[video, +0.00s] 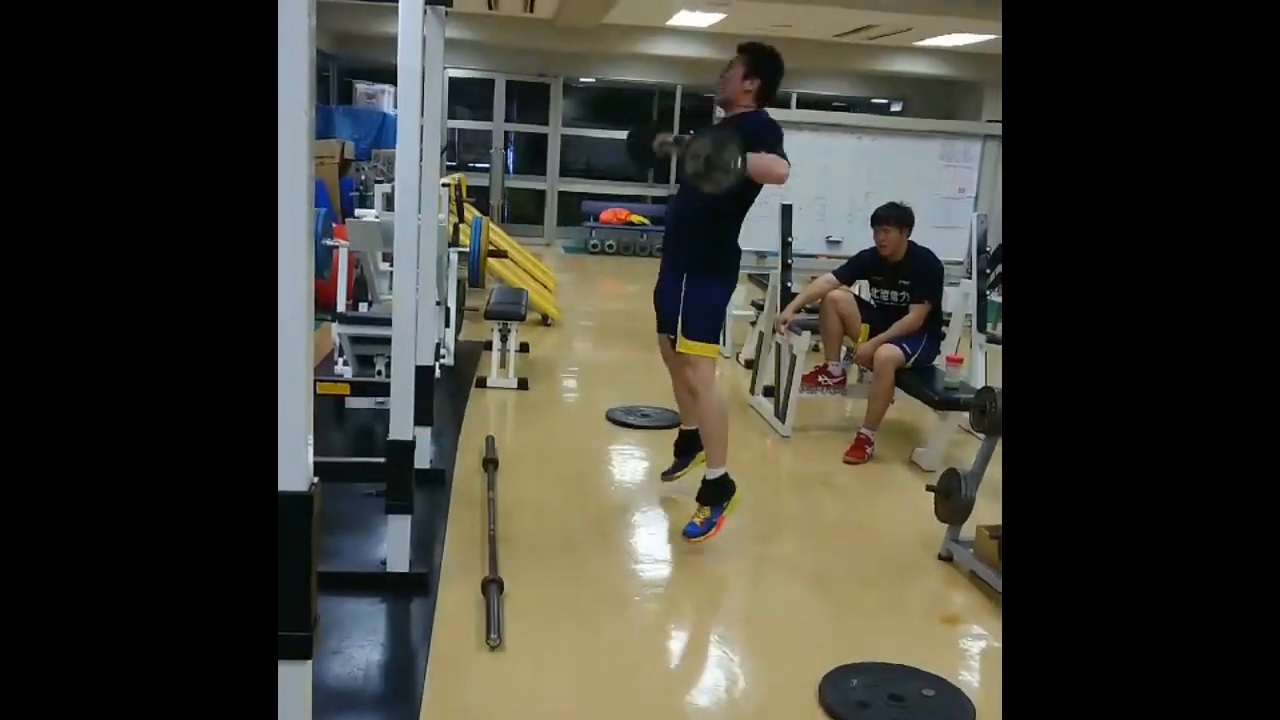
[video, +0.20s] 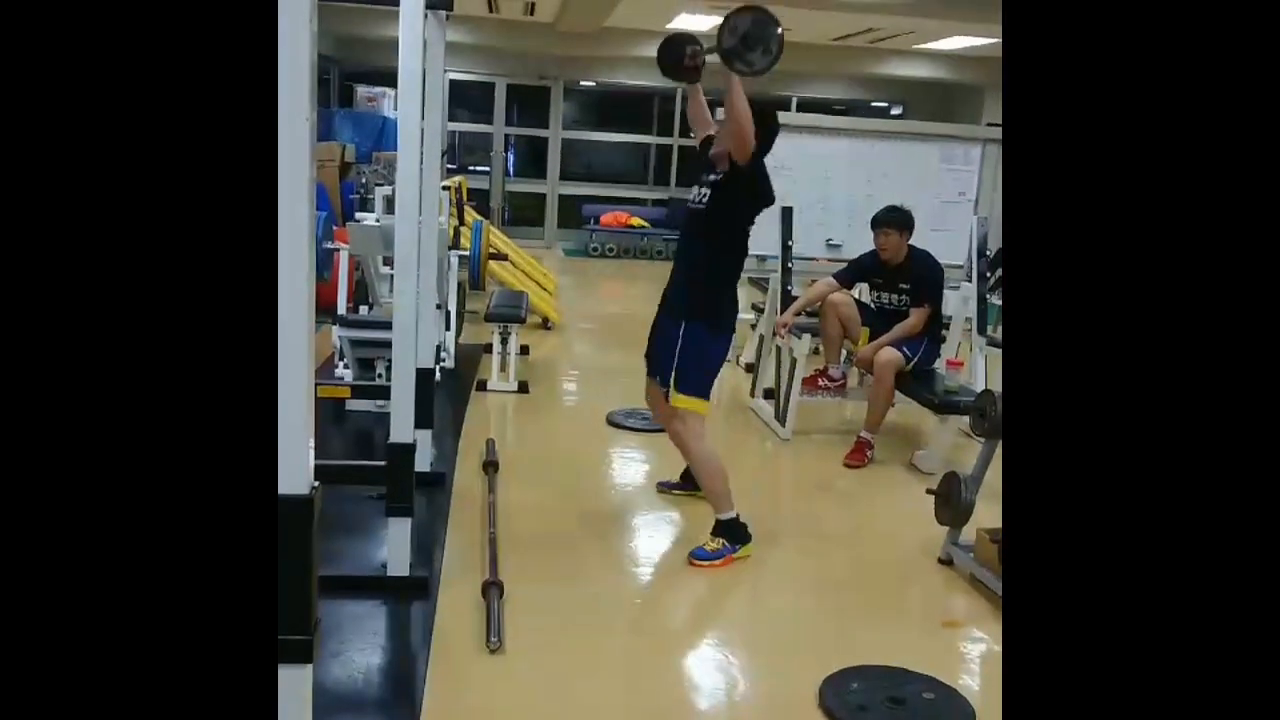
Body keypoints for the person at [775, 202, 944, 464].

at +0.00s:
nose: (879, 237)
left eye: (886, 231)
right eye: (876, 231)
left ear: (905, 233)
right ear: (873, 231)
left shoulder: (926, 264)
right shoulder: (869, 258)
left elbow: (916, 318)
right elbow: (828, 282)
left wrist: (874, 344)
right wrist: (791, 308)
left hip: (919, 335)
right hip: (880, 325)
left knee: (885, 356)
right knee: (834, 298)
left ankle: (865, 436)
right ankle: (833, 373)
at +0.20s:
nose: (880, 241)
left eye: (887, 234)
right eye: (877, 234)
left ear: (905, 236)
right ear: (873, 234)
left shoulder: (926, 267)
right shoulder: (870, 261)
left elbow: (916, 323)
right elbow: (828, 285)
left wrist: (873, 347)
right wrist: (791, 312)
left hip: (919, 338)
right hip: (880, 328)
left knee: (885, 359)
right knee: (834, 301)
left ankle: (866, 440)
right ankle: (833, 376)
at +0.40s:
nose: (880, 244)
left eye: (887, 237)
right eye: (877, 237)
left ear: (906, 239)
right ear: (873, 238)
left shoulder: (926, 270)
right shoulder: (870, 265)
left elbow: (916, 325)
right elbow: (828, 288)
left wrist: (874, 350)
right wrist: (791, 315)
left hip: (919, 340)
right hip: (881, 331)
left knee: (885, 362)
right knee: (834, 305)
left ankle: (866, 443)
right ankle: (833, 379)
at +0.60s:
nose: (880, 247)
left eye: (888, 240)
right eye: (877, 240)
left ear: (906, 242)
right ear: (873, 241)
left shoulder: (926, 273)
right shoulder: (870, 268)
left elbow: (917, 327)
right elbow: (828, 291)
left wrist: (874, 353)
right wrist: (791, 318)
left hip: (919, 343)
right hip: (880, 334)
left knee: (885, 365)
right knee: (834, 308)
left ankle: (866, 446)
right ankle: (833, 382)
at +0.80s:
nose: (880, 249)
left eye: (888, 243)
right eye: (877, 242)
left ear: (906, 244)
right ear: (873, 243)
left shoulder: (926, 275)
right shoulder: (870, 269)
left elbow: (917, 330)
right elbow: (828, 294)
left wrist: (873, 355)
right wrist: (791, 320)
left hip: (920, 345)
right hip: (881, 336)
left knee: (885, 367)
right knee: (834, 310)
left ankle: (866, 448)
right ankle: (834, 384)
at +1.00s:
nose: (880, 251)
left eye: (887, 245)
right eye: (877, 244)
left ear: (906, 246)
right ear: (873, 244)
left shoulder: (927, 277)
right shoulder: (870, 271)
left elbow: (916, 332)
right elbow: (828, 295)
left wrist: (873, 357)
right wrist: (792, 321)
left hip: (919, 347)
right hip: (880, 337)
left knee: (885, 368)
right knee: (834, 311)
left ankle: (866, 449)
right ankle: (834, 386)